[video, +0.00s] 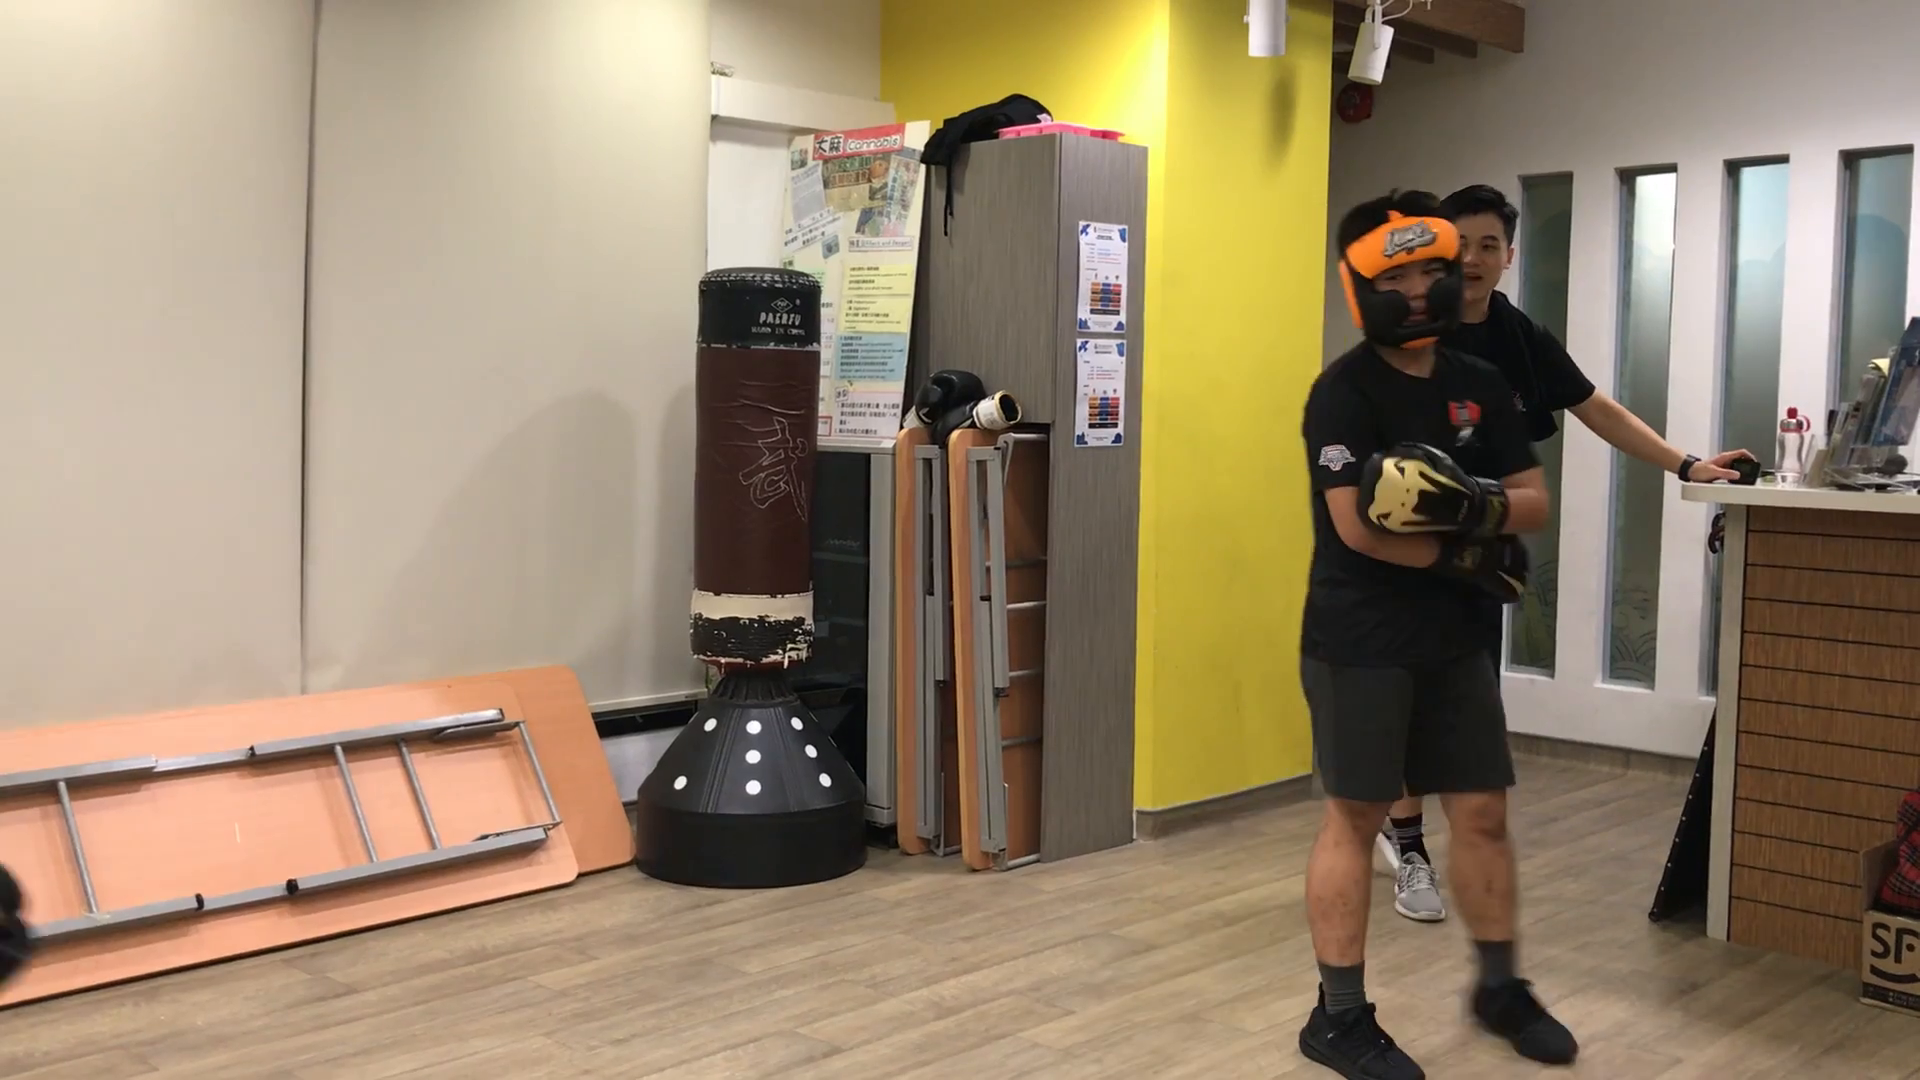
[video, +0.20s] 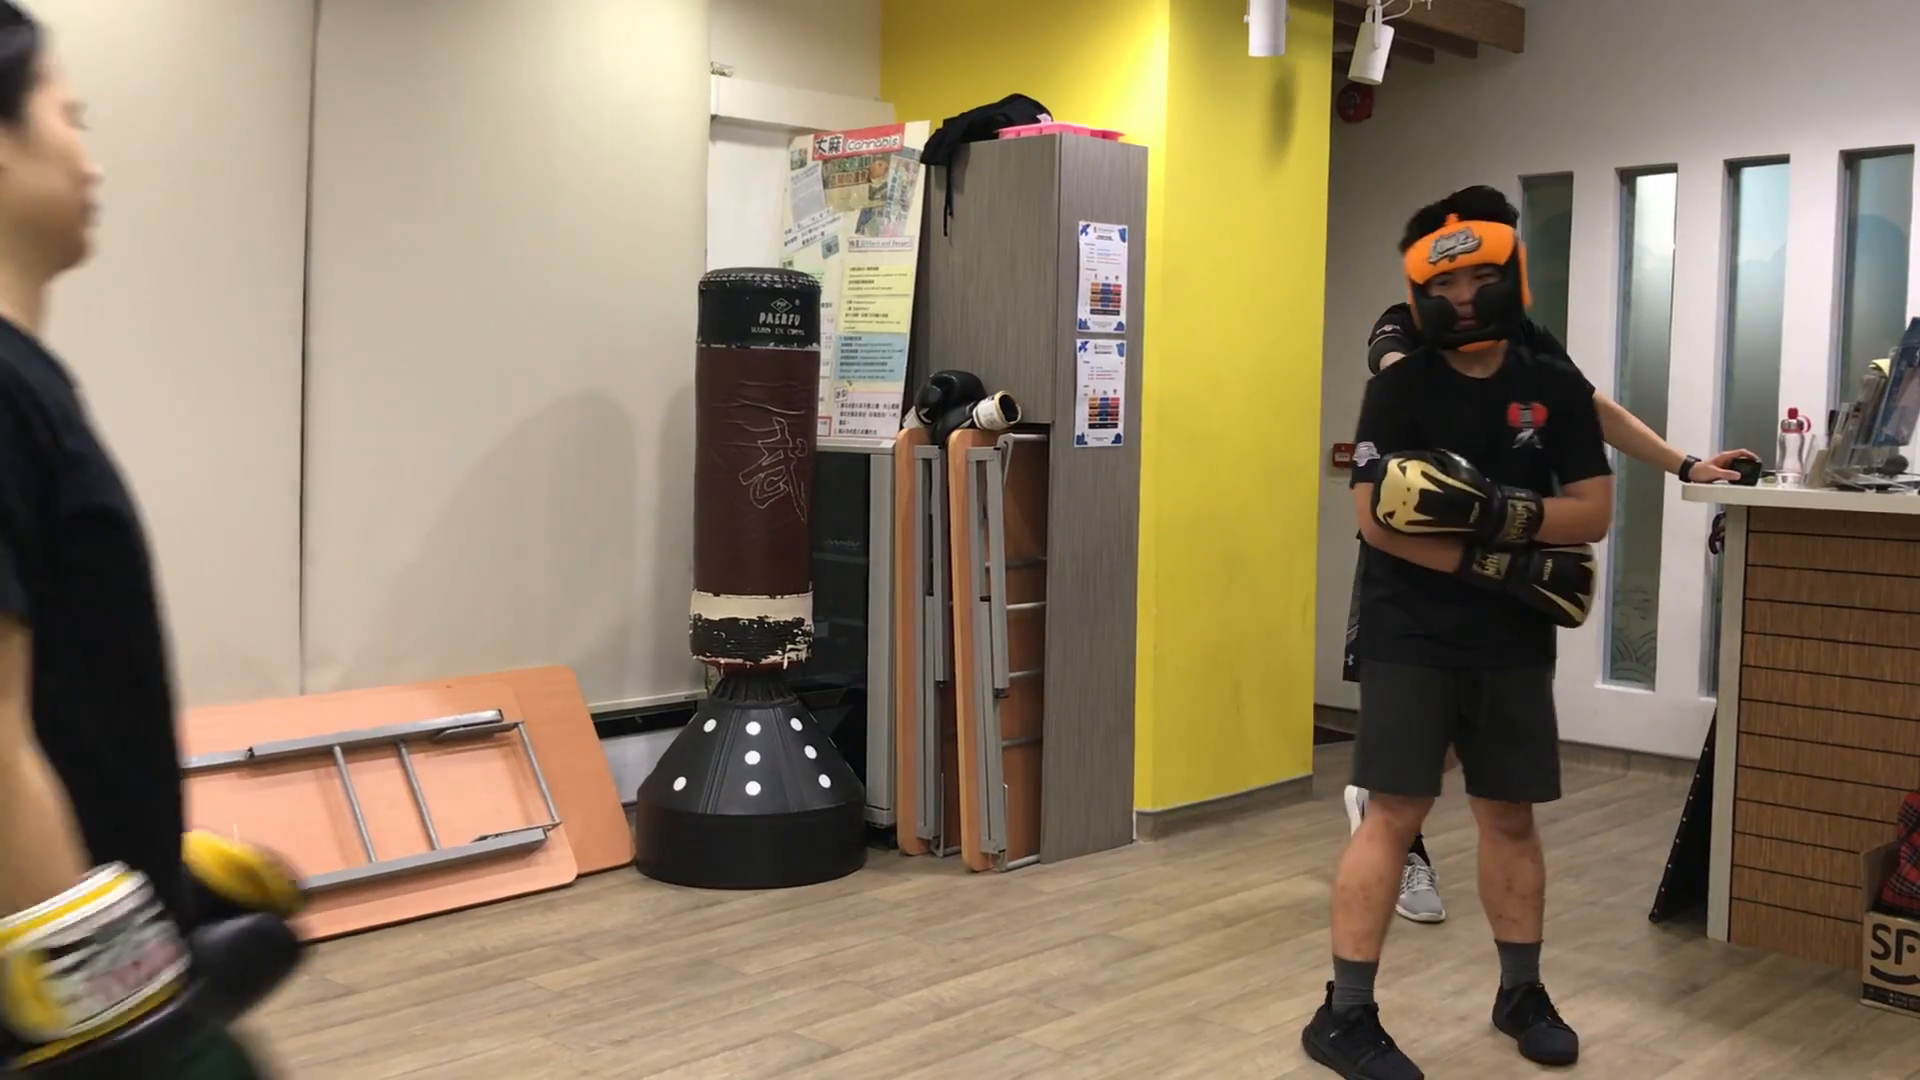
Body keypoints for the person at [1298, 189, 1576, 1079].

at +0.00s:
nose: (1417, 291)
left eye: (1431, 273)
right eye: (1396, 275)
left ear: (1454, 285)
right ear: (1360, 290)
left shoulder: (1484, 386)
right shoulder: (1339, 395)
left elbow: (1535, 505)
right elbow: (1357, 529)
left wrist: (1460, 501)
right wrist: (1466, 553)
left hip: (1456, 635)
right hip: (1357, 642)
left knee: (1481, 811)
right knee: (1354, 820)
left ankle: (1500, 988)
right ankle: (1339, 1011)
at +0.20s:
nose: (1464, 295)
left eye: (1481, 275)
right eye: (1443, 280)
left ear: (1515, 281)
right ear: (1421, 294)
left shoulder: (1557, 385)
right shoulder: (1399, 387)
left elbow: (1594, 512)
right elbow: (1375, 520)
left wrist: (1497, 513)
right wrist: (1500, 562)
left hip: (1512, 637)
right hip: (1411, 632)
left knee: (1510, 817)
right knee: (1392, 814)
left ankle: (1521, 993)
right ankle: (1346, 1012)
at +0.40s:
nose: (1498, 300)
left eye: (1517, 281)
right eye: (1482, 285)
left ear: (1557, 287)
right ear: (1460, 297)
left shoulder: (1602, 393)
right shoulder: (1435, 388)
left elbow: (1620, 520)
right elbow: (1404, 514)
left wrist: (1500, 510)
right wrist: (1533, 570)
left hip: (1542, 640)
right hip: (1433, 631)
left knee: (1524, 808)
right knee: (1410, 804)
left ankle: (1523, 992)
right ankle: (1367, 1001)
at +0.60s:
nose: (1496, 304)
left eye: (1514, 286)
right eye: (1481, 289)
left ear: (1559, 288)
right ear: (1464, 296)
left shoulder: (1607, 388)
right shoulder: (1447, 382)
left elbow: (1614, 516)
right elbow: (1399, 504)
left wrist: (1487, 505)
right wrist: (1522, 563)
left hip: (1545, 640)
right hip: (1436, 627)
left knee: (1531, 814)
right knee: (1397, 793)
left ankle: (1523, 991)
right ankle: (1362, 980)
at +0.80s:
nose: (1465, 303)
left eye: (1483, 284)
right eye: (1452, 288)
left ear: (1534, 282)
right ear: (1438, 296)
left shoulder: (1582, 388)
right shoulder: (1430, 387)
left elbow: (1589, 519)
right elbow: (1387, 508)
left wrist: (1469, 514)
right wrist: (1477, 572)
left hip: (1533, 641)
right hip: (1427, 627)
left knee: (1524, 816)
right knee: (1389, 792)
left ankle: (1523, 990)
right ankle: (1355, 970)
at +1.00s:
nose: (1405, 306)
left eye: (1421, 288)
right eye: (1396, 292)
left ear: (1472, 289)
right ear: (1390, 301)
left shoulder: (1527, 392)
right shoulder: (1384, 396)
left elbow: (1548, 518)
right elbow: (1354, 512)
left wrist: (1425, 527)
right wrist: (1350, 545)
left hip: (1497, 636)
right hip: (1394, 625)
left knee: (1502, 815)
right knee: (1380, 795)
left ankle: (1522, 991)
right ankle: (1354, 969)